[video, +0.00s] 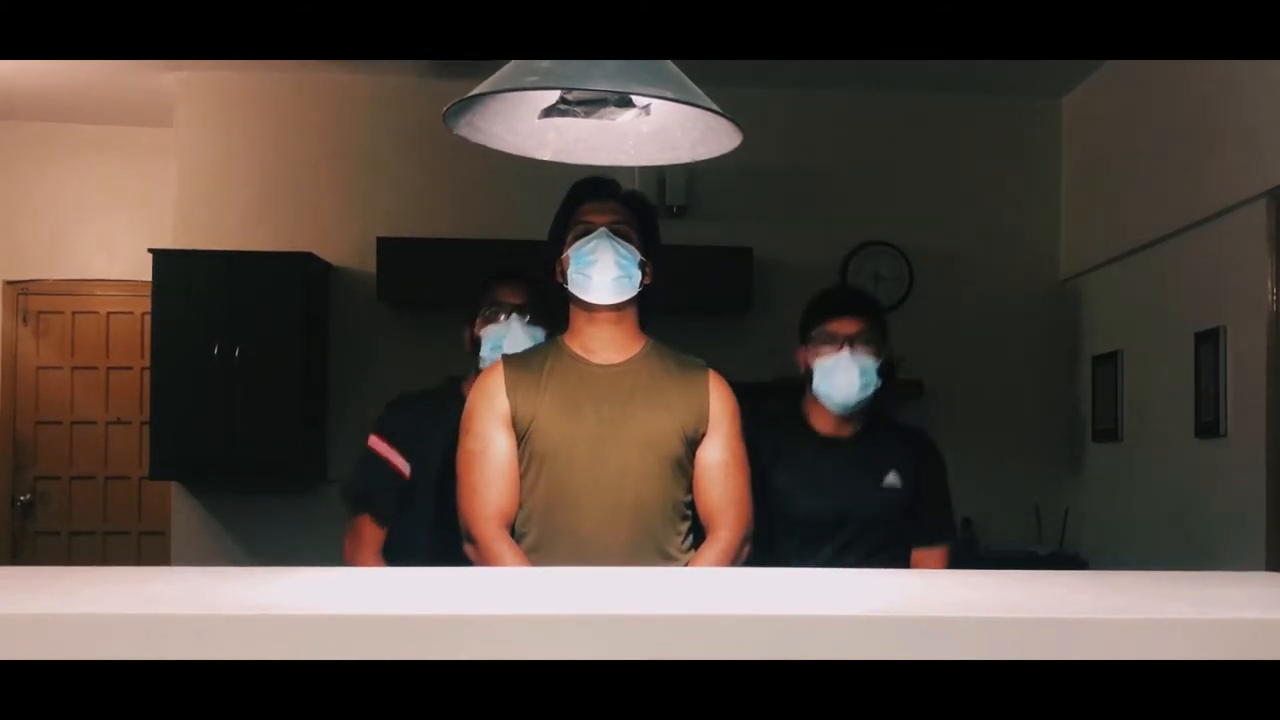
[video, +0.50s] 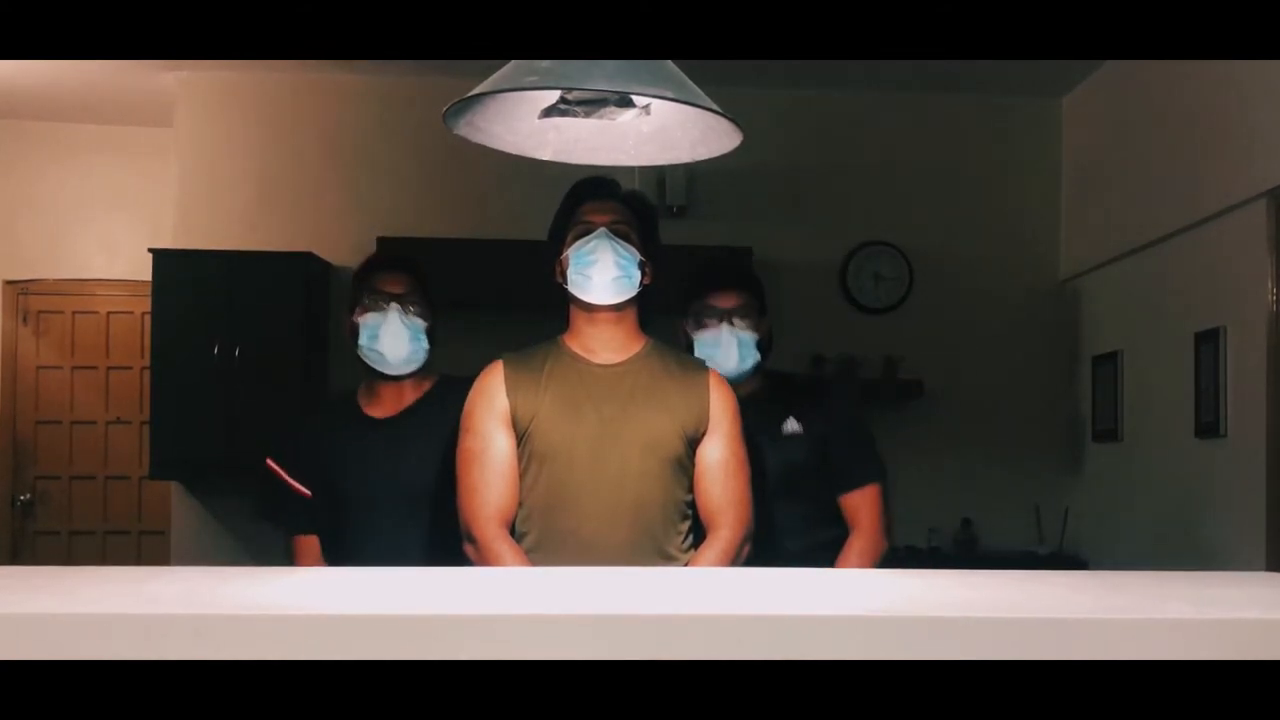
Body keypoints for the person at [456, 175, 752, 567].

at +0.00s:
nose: (601, 244)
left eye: (620, 235)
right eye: (584, 235)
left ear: (646, 268)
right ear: (560, 265)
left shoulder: (704, 391)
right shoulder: (502, 385)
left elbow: (729, 534)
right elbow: (485, 533)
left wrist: (666, 616)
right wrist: (549, 617)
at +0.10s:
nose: (602, 245)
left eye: (620, 235)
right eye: (584, 235)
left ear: (646, 268)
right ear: (561, 264)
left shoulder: (704, 392)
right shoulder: (504, 385)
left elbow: (729, 534)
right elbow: (485, 533)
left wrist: (664, 616)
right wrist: (551, 621)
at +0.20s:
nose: (602, 244)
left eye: (620, 235)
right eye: (584, 235)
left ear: (646, 268)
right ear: (561, 265)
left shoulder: (705, 391)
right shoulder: (503, 385)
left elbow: (729, 534)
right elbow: (485, 533)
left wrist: (664, 621)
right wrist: (551, 621)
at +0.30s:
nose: (602, 244)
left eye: (621, 235)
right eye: (584, 235)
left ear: (646, 268)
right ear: (561, 264)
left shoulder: (705, 391)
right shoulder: (503, 384)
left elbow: (730, 534)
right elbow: (485, 534)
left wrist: (665, 617)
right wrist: (552, 622)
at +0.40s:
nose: (602, 245)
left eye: (621, 235)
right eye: (584, 235)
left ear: (646, 268)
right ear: (561, 265)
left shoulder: (705, 391)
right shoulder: (503, 384)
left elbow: (730, 533)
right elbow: (485, 534)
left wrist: (667, 617)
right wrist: (551, 622)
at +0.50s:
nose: (601, 245)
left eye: (620, 235)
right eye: (584, 235)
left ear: (645, 268)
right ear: (560, 265)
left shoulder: (704, 390)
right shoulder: (503, 385)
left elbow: (730, 532)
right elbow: (484, 533)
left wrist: (667, 617)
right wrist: (551, 622)